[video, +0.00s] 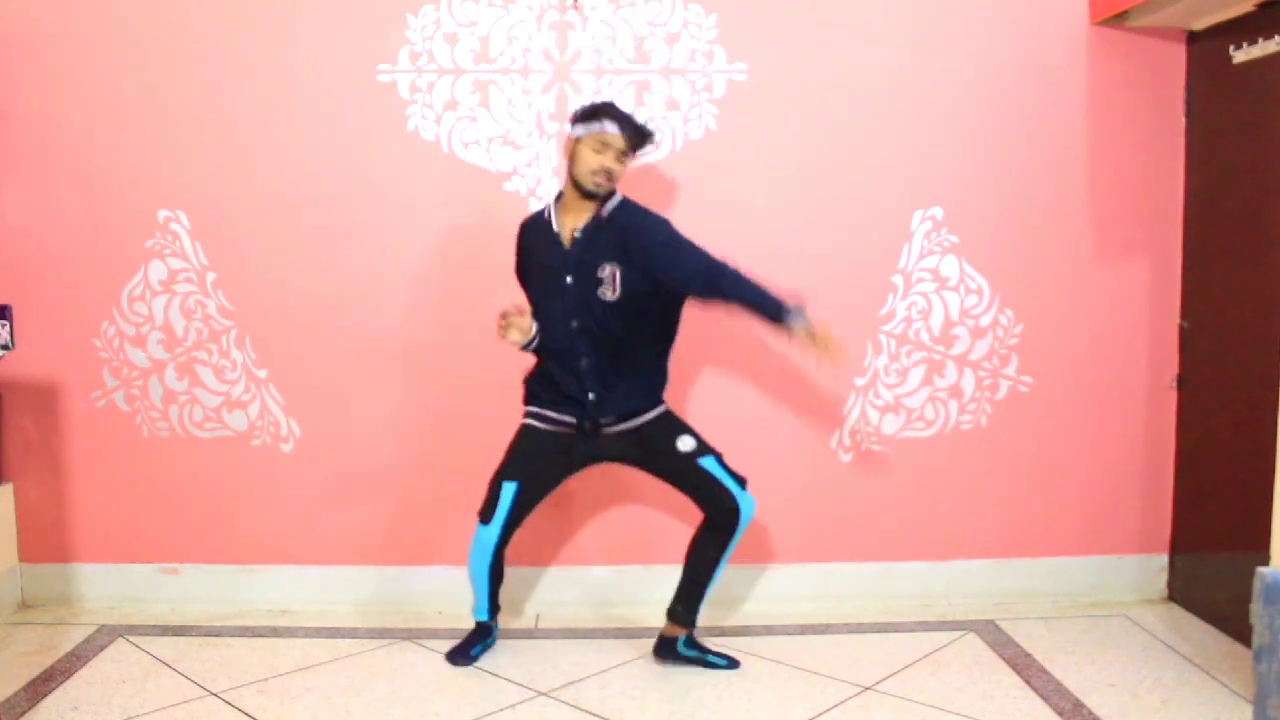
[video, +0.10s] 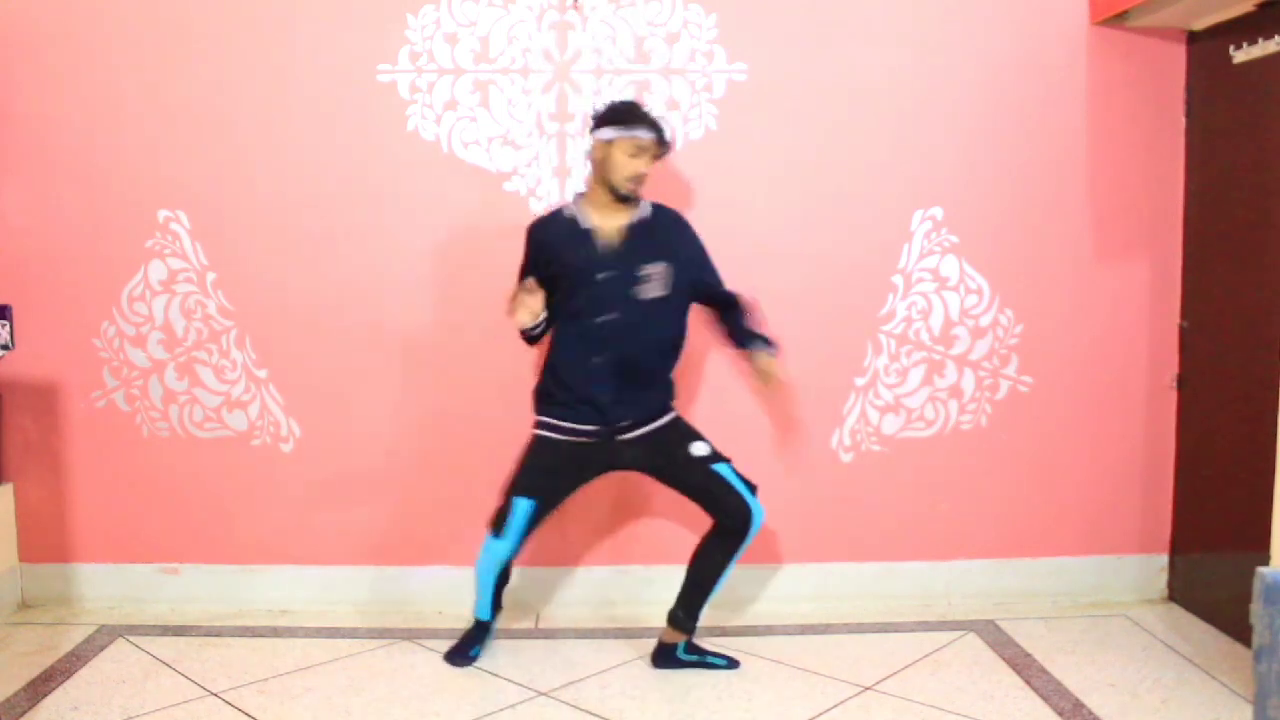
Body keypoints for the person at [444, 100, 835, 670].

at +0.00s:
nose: (611, 164)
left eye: (622, 156)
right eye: (600, 149)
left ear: (627, 166)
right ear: (569, 149)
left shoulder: (642, 232)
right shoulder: (534, 234)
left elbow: (713, 276)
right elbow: (554, 336)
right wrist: (528, 334)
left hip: (640, 421)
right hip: (553, 424)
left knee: (732, 504)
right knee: (490, 526)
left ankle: (677, 634)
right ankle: (483, 626)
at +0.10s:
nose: (643, 166)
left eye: (650, 154)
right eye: (632, 151)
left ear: (656, 160)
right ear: (599, 151)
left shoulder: (668, 230)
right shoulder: (552, 234)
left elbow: (719, 300)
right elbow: (534, 332)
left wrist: (753, 344)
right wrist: (531, 320)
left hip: (651, 424)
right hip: (567, 430)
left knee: (741, 512)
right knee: (504, 534)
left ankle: (676, 639)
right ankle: (482, 623)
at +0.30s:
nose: (699, 168)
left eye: (703, 156)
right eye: (696, 153)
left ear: (667, 150)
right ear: (660, 144)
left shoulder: (661, 212)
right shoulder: (620, 215)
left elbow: (684, 309)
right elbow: (620, 327)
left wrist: (718, 394)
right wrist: (656, 321)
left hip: (705, 407)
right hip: (667, 412)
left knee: (756, 513)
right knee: (653, 544)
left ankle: (680, 639)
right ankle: (566, 682)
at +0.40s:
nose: (725, 158)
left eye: (729, 146)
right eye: (725, 143)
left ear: (673, 130)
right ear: (698, 132)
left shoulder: (615, 192)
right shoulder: (673, 206)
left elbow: (600, 272)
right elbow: (681, 320)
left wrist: (666, 299)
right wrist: (761, 333)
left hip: (655, 391)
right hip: (692, 394)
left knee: (716, 510)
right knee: (732, 521)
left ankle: (685, 639)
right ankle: (707, 689)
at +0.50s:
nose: (749, 136)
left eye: (752, 124)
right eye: (750, 123)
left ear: (692, 110)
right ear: (731, 115)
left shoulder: (634, 164)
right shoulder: (723, 181)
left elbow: (594, 227)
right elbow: (725, 287)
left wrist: (657, 239)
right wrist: (793, 319)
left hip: (644, 377)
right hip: (713, 381)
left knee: (655, 495)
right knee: (759, 508)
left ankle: (665, 638)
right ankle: (769, 675)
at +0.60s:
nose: (768, 133)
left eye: (768, 123)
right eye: (767, 123)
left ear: (710, 119)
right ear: (752, 121)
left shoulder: (660, 173)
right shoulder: (765, 183)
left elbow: (609, 244)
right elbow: (796, 270)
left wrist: (653, 295)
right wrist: (805, 325)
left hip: (644, 384)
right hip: (728, 391)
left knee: (614, 489)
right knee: (779, 508)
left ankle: (606, 636)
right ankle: (810, 657)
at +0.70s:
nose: (771, 160)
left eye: (769, 149)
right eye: (770, 149)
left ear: (713, 153)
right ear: (758, 152)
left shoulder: (669, 215)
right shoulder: (778, 217)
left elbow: (643, 316)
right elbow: (788, 322)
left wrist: (666, 373)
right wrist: (795, 377)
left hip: (658, 407)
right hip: (742, 412)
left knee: (607, 511)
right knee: (797, 515)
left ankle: (563, 650)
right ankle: (812, 661)